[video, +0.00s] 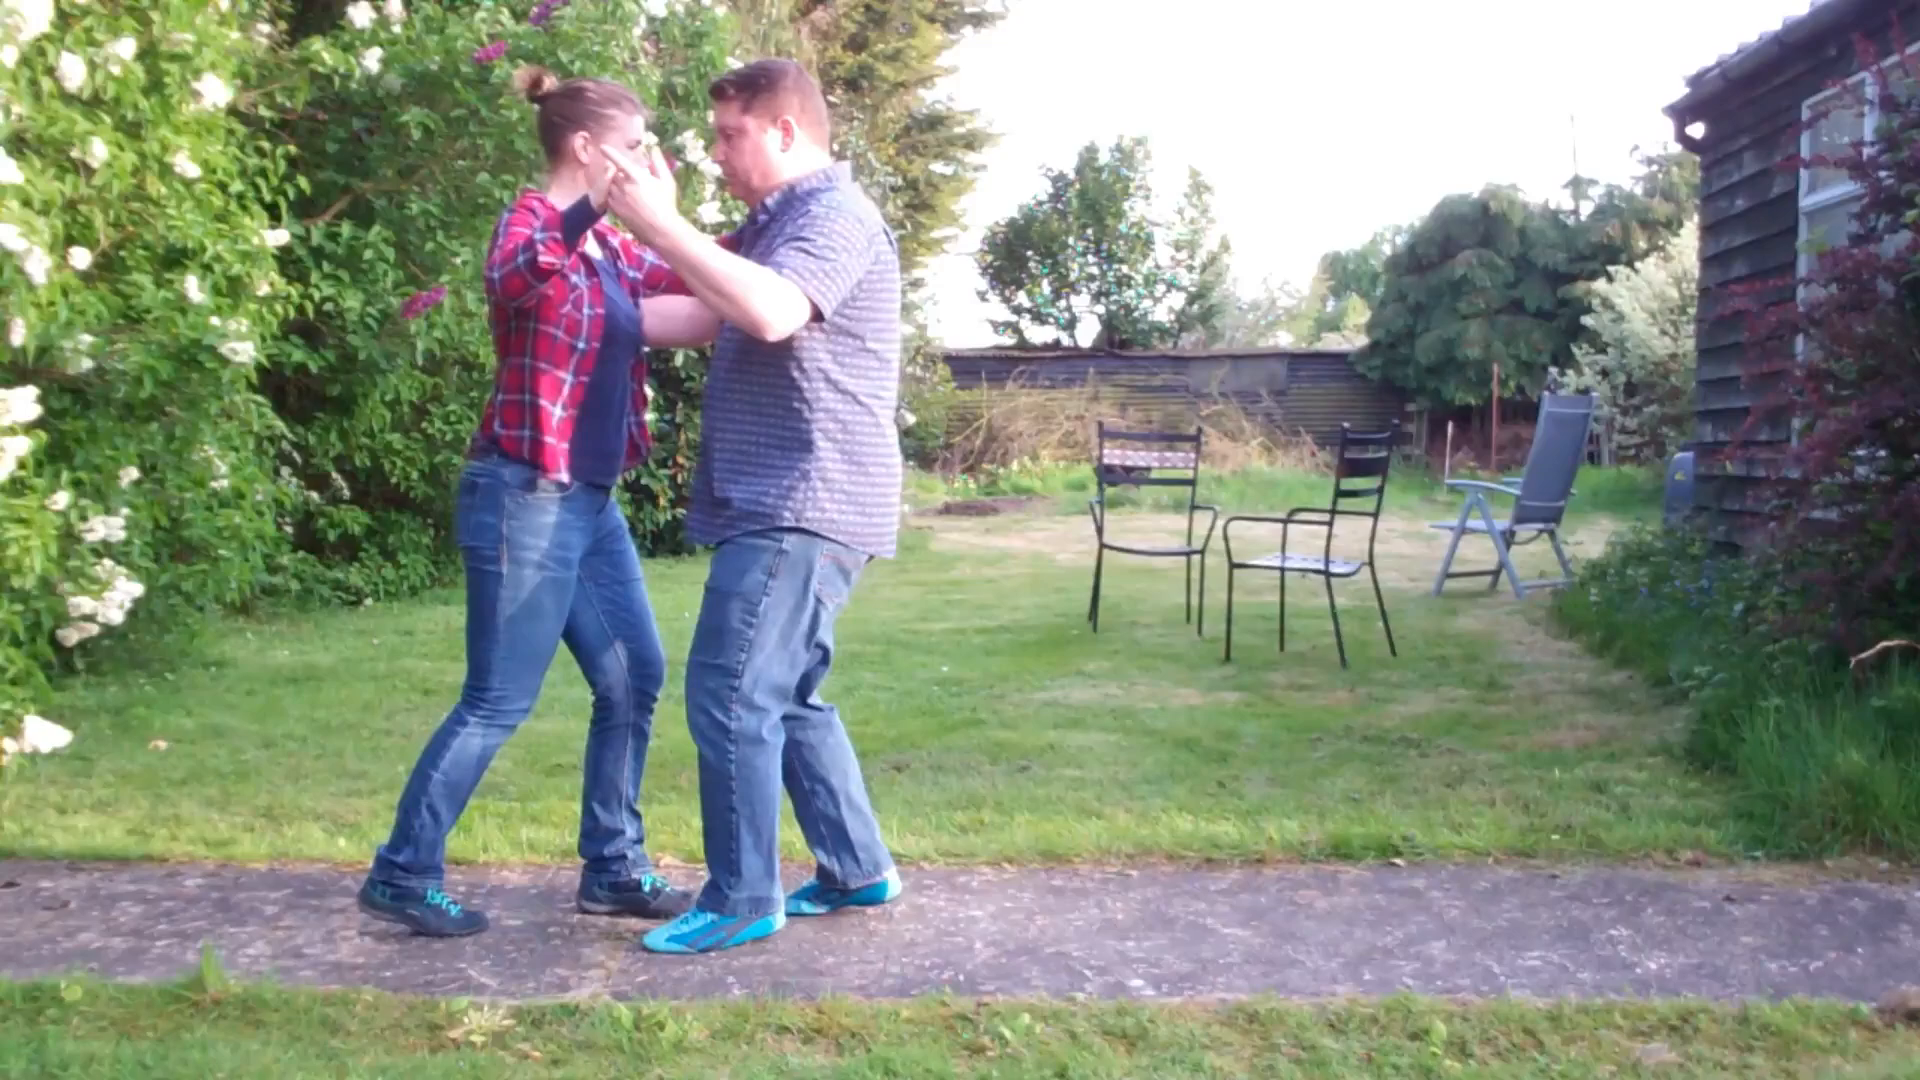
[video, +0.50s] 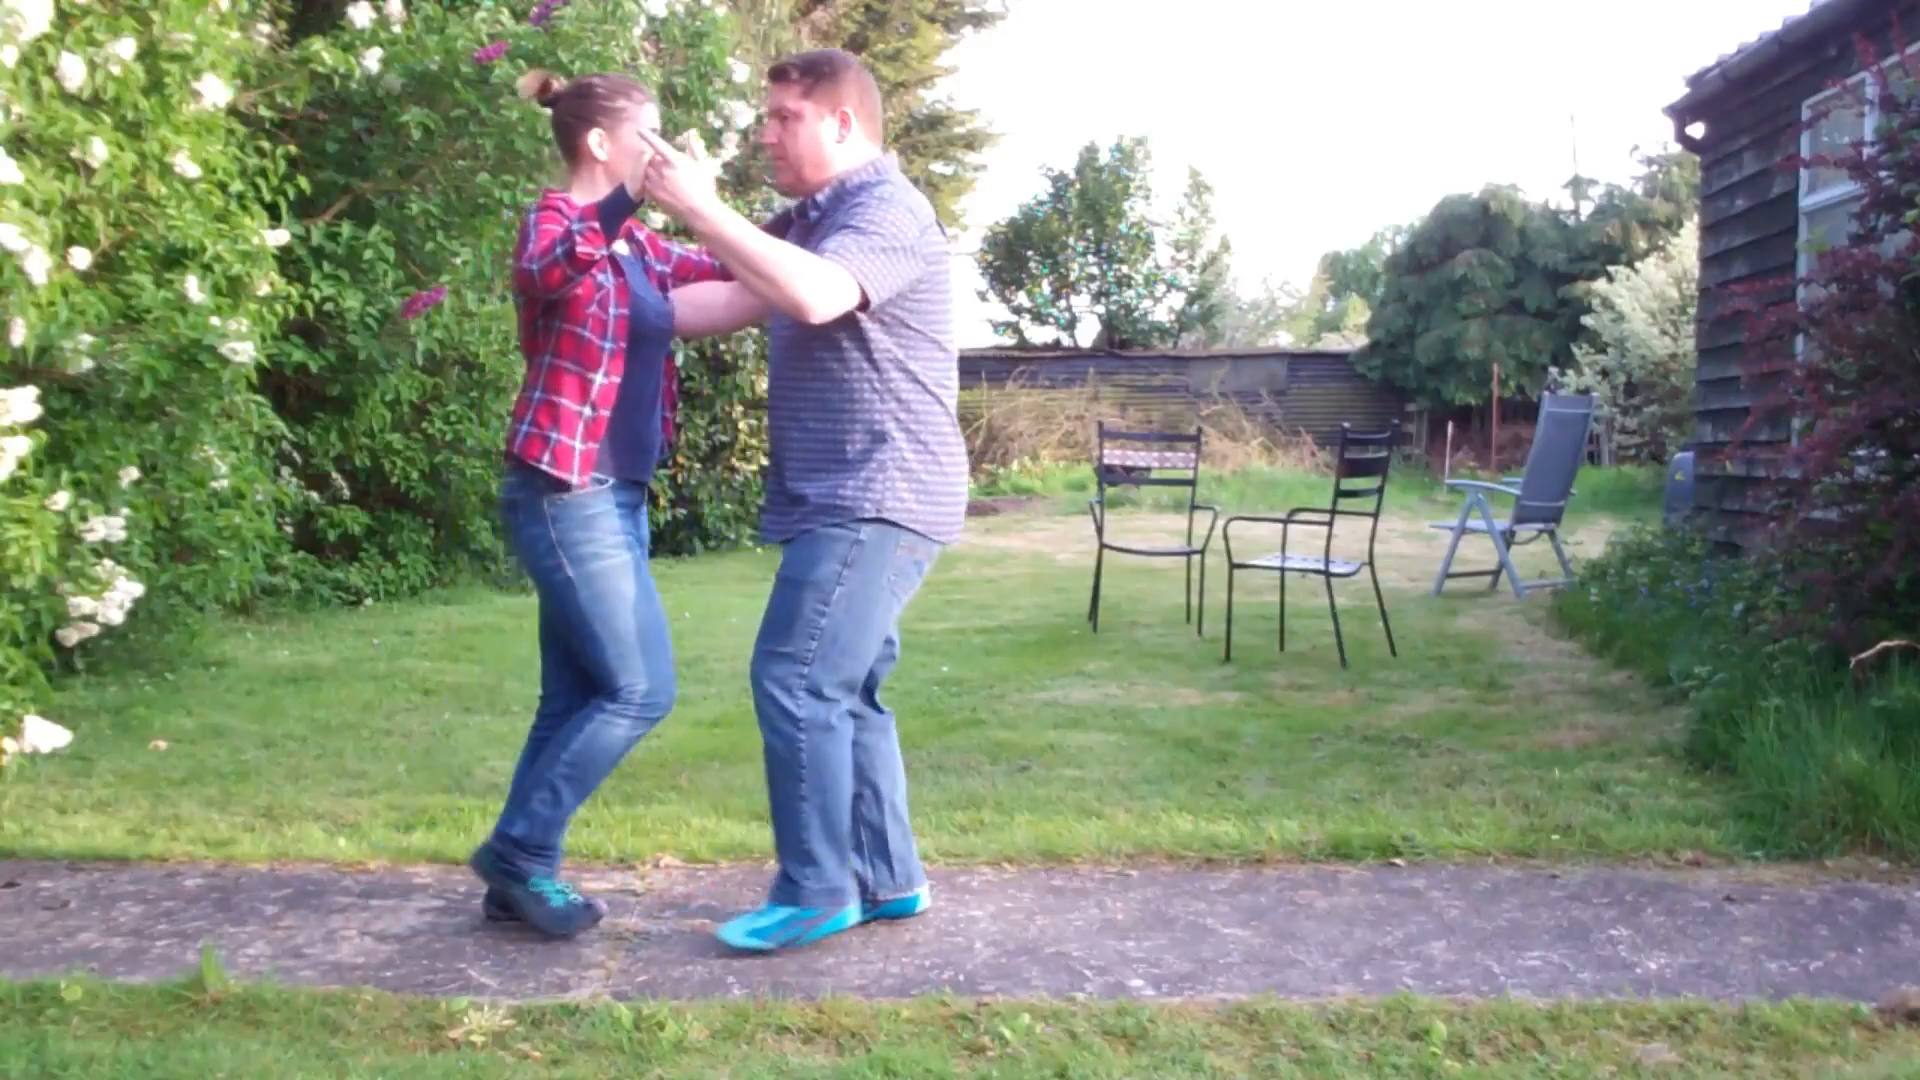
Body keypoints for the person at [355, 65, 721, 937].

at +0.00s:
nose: (646, 162)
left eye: (647, 147)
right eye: (635, 145)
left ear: (595, 153)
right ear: (586, 148)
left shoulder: (617, 249)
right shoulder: (531, 221)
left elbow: (693, 292)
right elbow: (518, 282)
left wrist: (677, 219)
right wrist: (597, 214)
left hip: (589, 499)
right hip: (523, 494)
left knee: (634, 672)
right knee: (498, 701)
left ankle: (612, 870)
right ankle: (402, 874)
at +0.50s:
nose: (660, 150)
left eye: (658, 134)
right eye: (647, 134)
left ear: (604, 143)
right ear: (599, 141)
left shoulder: (639, 241)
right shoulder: (550, 221)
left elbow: (725, 265)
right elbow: (545, 276)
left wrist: (801, 232)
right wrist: (615, 201)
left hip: (618, 491)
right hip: (561, 488)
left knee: (575, 693)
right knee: (639, 690)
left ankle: (519, 870)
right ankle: (518, 859)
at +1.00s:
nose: (778, 141)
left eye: (776, 125)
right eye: (763, 124)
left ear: (724, 140)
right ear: (715, 137)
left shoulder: (761, 242)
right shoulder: (677, 221)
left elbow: (859, 265)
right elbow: (675, 279)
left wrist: (943, 240)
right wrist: (760, 189)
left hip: (754, 486)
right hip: (702, 486)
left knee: (803, 690)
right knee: (752, 703)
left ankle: (659, 836)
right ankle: (704, 905)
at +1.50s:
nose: (855, 146)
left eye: (854, 131)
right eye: (842, 129)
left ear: (805, 143)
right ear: (789, 137)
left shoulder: (840, 239)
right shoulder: (754, 222)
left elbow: (942, 264)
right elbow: (765, 290)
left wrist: (1028, 229)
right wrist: (844, 199)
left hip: (867, 492)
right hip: (803, 497)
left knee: (911, 688)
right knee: (874, 705)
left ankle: (876, 886)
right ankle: (737, 861)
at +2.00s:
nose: (768, 149)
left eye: (765, 133)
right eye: (753, 132)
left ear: (725, 139)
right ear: (704, 135)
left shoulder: (752, 241)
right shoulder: (660, 226)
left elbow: (842, 266)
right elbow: (663, 286)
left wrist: (919, 248)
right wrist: (700, 188)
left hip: (747, 488)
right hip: (694, 487)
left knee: (795, 680)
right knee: (750, 695)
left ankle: (653, 820)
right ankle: (692, 899)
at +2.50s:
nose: (622, 168)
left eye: (621, 152)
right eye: (606, 152)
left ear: (586, 160)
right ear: (556, 159)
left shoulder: (605, 256)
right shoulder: (520, 234)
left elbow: (678, 314)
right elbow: (499, 296)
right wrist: (567, 207)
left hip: (585, 501)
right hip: (530, 499)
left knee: (600, 691)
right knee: (618, 688)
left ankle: (512, 858)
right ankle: (508, 859)